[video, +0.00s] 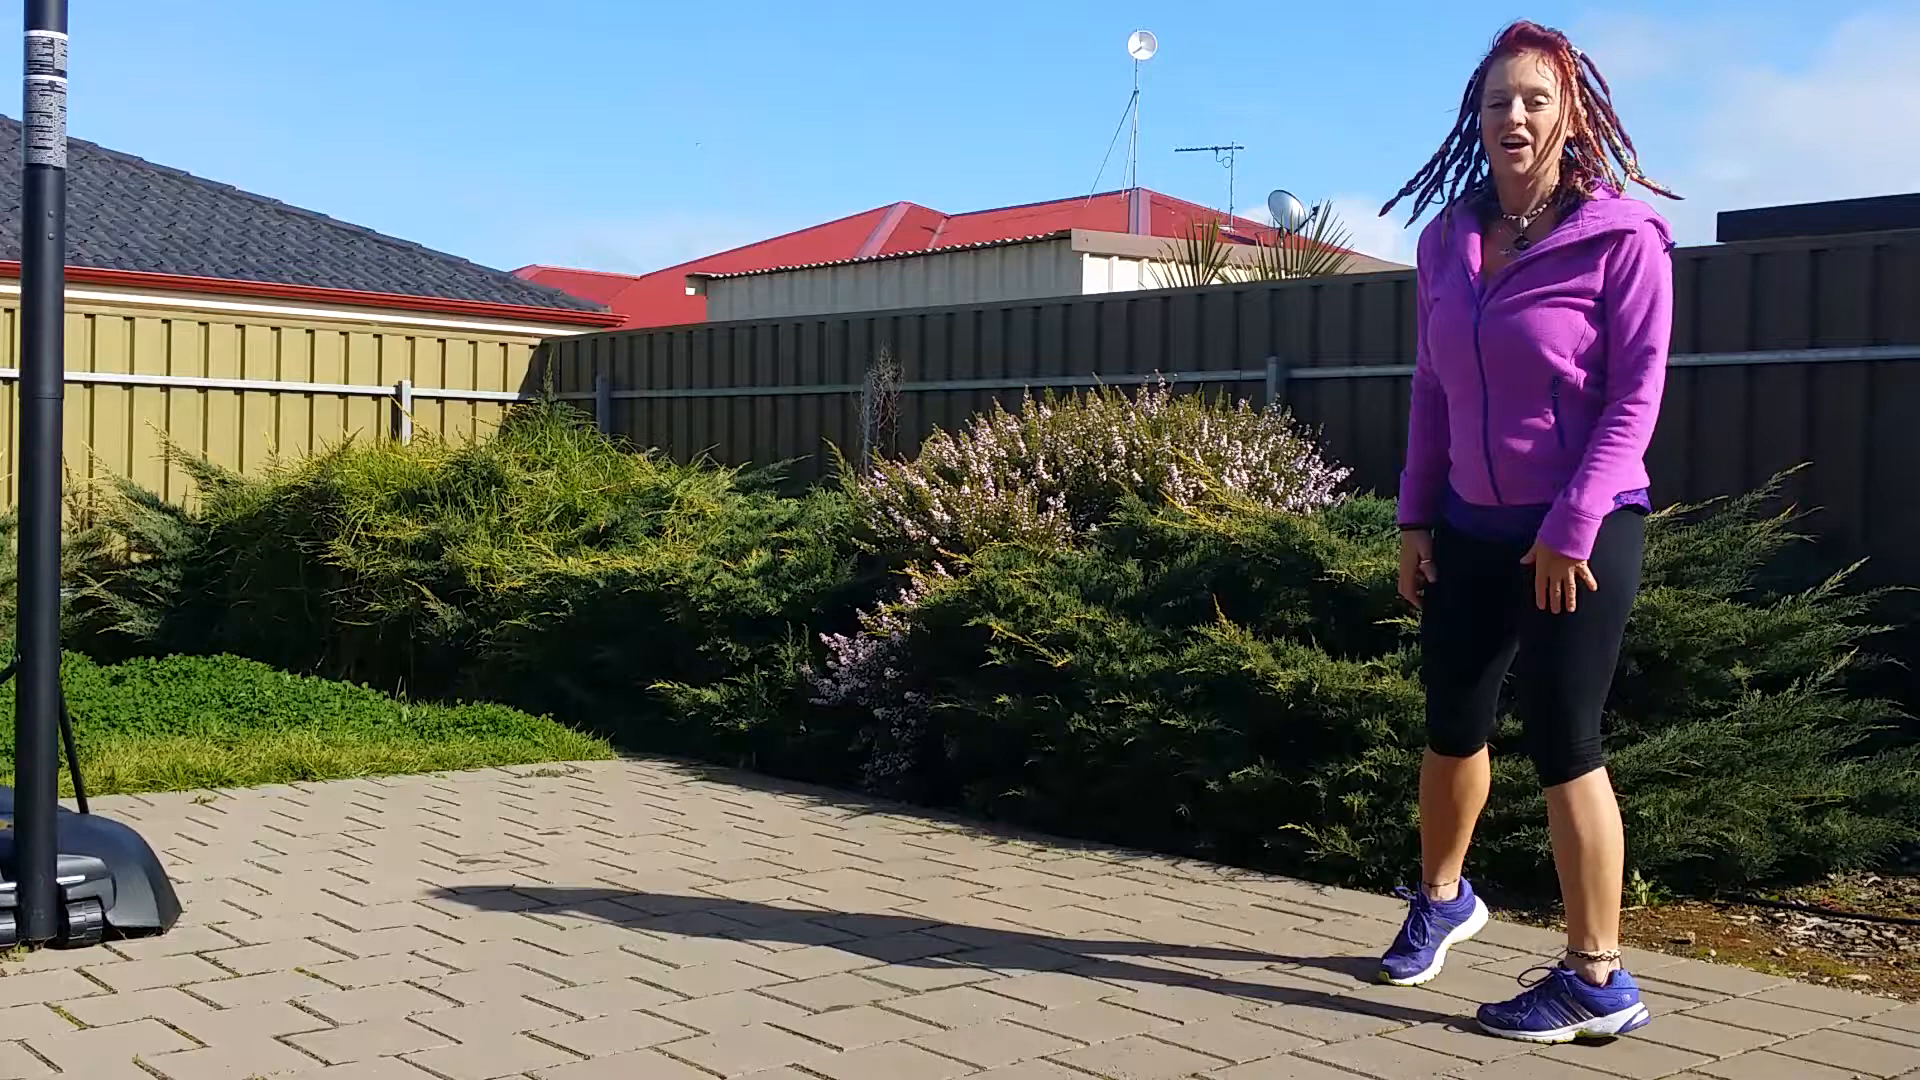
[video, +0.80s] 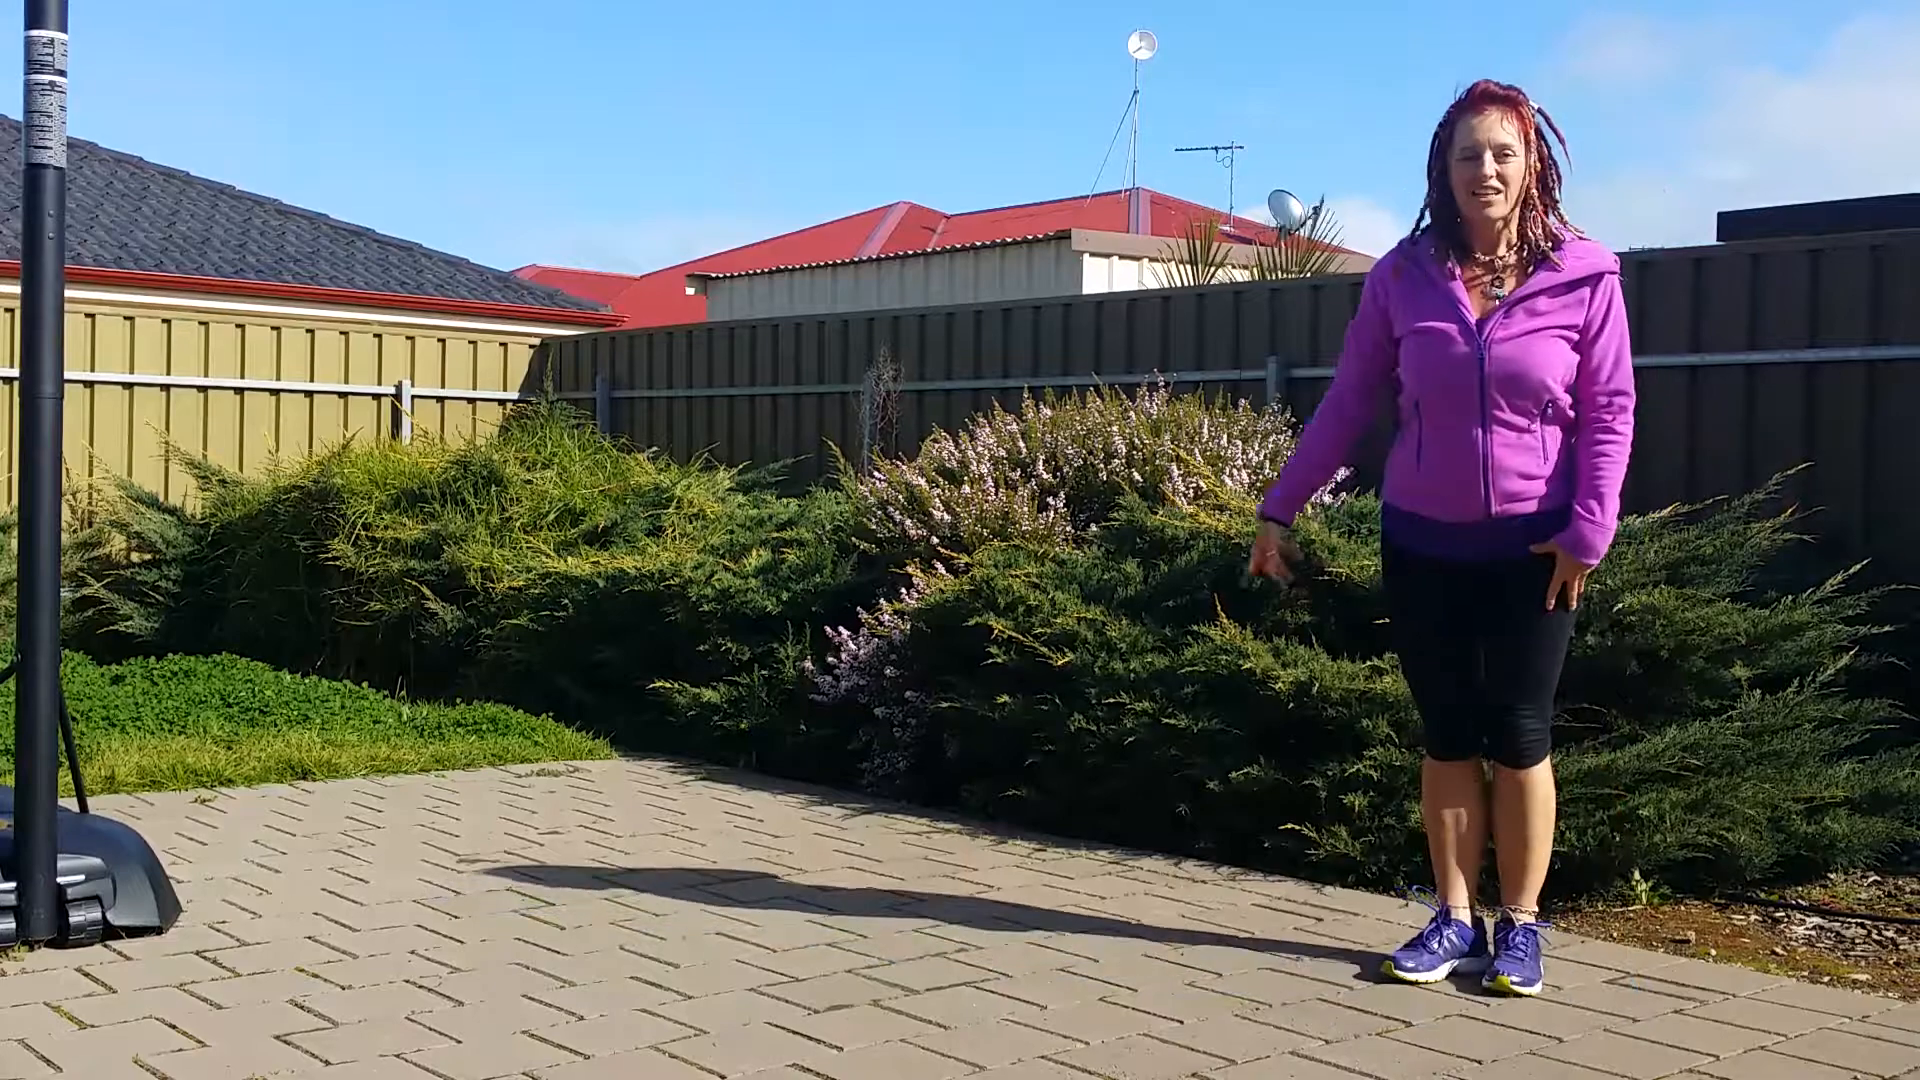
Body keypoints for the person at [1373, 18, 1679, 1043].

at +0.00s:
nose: (1511, 119)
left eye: (1532, 101)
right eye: (1495, 102)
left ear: (1571, 115)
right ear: (1477, 118)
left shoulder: (1624, 233)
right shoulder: (1446, 237)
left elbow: (1635, 396)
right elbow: (1430, 387)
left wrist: (1575, 519)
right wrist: (1415, 518)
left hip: (1581, 519)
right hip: (1471, 517)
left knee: (1565, 742)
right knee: (1454, 726)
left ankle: (1597, 972)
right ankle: (1440, 896)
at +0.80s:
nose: (1488, 168)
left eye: (1505, 152)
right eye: (1470, 153)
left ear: (1535, 165)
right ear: (1442, 168)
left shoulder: (1584, 271)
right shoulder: (1402, 275)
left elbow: (1610, 413)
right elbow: (1351, 400)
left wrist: (1588, 528)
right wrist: (1280, 508)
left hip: (1533, 533)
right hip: (1422, 532)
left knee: (1519, 735)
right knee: (1446, 732)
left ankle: (1519, 929)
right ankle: (1452, 920)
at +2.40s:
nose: (1443, 242)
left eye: (1456, 227)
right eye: (1441, 226)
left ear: (1516, 221)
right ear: (1474, 220)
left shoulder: (1622, 302)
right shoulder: (1437, 301)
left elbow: (1671, 426)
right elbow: (1414, 423)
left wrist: (1671, 548)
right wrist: (1394, 530)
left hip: (1581, 542)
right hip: (1463, 535)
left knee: (1587, 742)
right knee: (1409, 705)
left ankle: (1605, 934)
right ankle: (1376, 902)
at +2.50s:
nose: (1431, 259)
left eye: (1441, 242)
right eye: (1429, 242)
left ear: (1498, 238)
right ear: (1456, 237)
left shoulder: (1614, 317)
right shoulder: (1431, 317)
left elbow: (1671, 435)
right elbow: (1407, 436)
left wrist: (1681, 554)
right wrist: (1379, 541)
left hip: (1576, 556)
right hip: (1456, 544)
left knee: (1586, 749)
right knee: (1370, 704)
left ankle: (1605, 938)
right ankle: (1274, 868)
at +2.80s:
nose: (1303, 340)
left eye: (1315, 324)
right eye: (1302, 324)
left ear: (1373, 322)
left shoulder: (1480, 393)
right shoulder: (1317, 392)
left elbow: (1557, 501)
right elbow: (1310, 478)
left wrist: (1590, 618)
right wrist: (1266, 561)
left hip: (1468, 599)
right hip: (1356, 589)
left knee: (1517, 766)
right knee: (1225, 691)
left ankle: (1597, 932)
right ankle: (1179, 862)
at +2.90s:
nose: (1229, 326)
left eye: (1241, 312)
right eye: (1229, 311)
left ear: (1296, 313)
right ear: (1259, 313)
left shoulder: (1396, 379)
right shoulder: (1236, 380)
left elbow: (1470, 485)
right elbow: (1231, 468)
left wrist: (1509, 594)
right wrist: (1203, 557)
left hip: (1388, 590)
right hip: (1279, 586)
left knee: (1461, 748)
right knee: (1176, 706)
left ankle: (1578, 923)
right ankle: (1189, 878)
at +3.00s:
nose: (1175, 300)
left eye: (1189, 287)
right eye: (1171, 286)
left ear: (1238, 287)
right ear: (1173, 285)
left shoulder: (1330, 356)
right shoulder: (1174, 354)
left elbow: (1398, 458)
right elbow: (1162, 447)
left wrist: (1440, 558)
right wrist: (1144, 532)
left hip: (1324, 555)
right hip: (1218, 558)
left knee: (1374, 711)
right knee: (1149, 701)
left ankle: (1443, 893)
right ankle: (1185, 875)